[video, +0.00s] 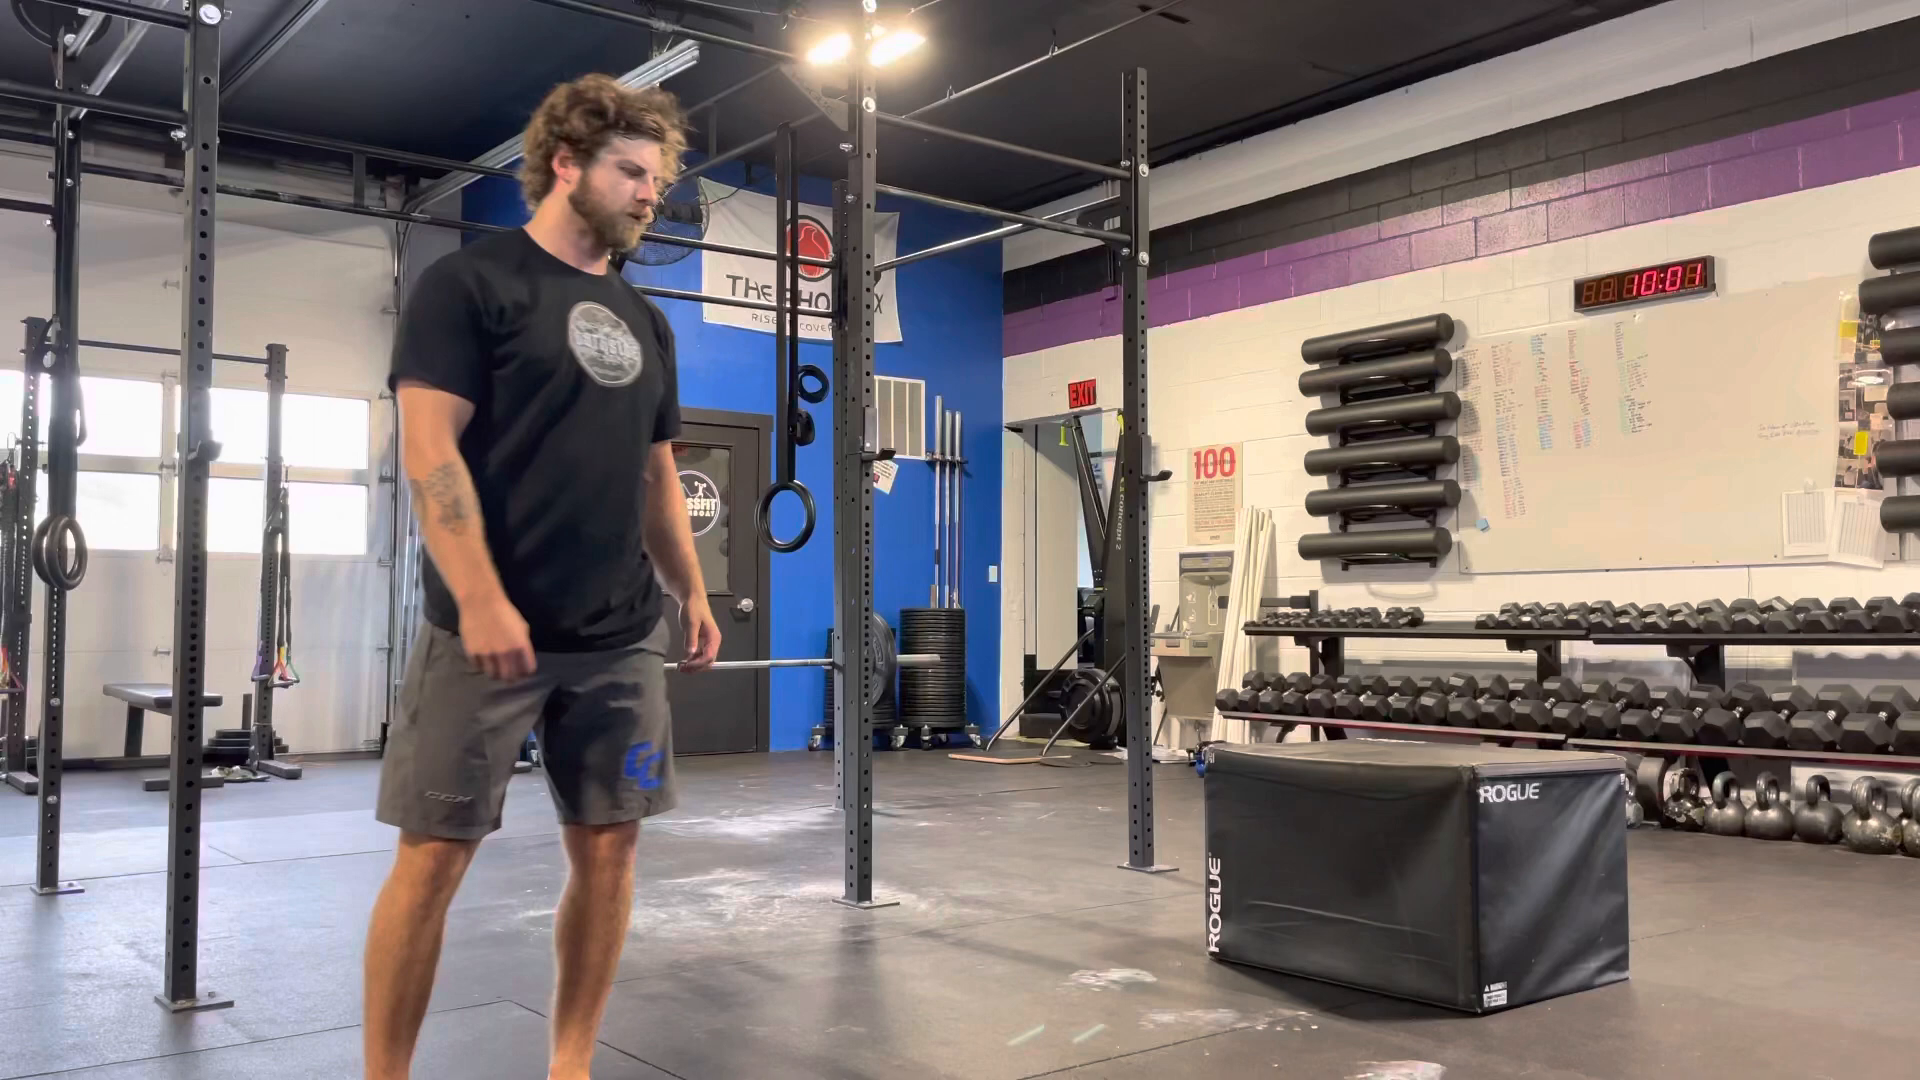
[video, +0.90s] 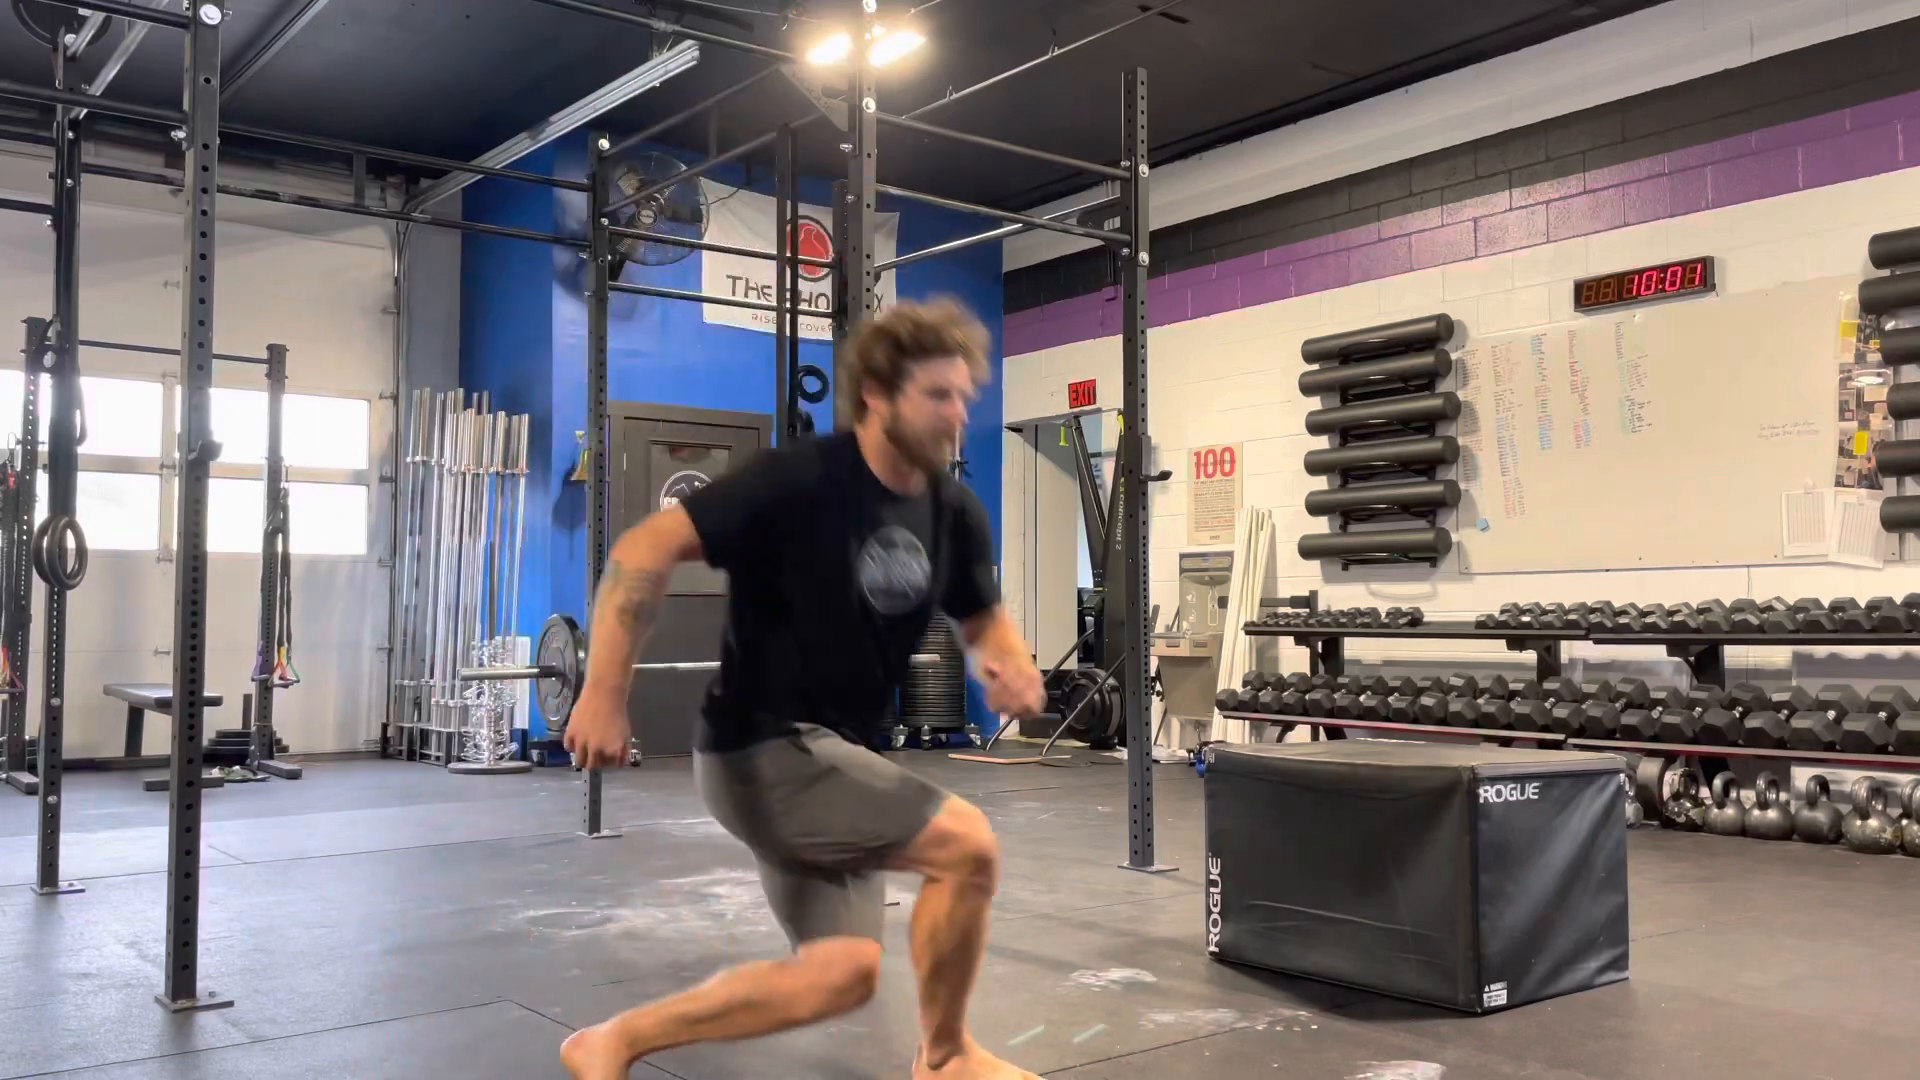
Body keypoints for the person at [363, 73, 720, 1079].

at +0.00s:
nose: (651, 193)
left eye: (660, 179)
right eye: (634, 171)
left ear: (660, 189)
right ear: (566, 165)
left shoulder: (641, 319)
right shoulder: (467, 279)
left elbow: (657, 467)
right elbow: (427, 451)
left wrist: (691, 590)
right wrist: (479, 598)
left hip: (617, 629)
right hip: (488, 625)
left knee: (609, 845)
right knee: (435, 854)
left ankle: (571, 1061)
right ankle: (385, 1071)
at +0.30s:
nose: (725, 215)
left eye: (734, 200)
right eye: (709, 192)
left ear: (733, 210)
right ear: (645, 186)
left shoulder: (708, 335)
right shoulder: (552, 294)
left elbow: (713, 484)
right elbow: (501, 454)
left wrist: (712, 609)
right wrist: (561, 587)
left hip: (676, 630)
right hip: (561, 619)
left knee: (642, 852)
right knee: (568, 829)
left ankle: (574, 1066)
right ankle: (469, 1060)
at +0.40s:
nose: (747, 218)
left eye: (757, 204)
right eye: (731, 197)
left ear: (756, 213)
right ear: (669, 192)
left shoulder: (730, 341)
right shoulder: (574, 299)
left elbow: (740, 492)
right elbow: (512, 450)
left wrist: (746, 623)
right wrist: (555, 589)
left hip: (698, 629)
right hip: (596, 613)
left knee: (665, 837)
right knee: (645, 815)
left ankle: (589, 1051)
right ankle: (577, 1051)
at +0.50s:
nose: (776, 226)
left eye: (783, 211)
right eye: (758, 205)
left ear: (779, 220)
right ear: (695, 202)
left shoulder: (756, 348)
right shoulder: (604, 306)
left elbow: (766, 495)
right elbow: (524, 450)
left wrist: (793, 620)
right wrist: (538, 595)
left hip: (723, 621)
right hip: (623, 605)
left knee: (661, 861)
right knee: (726, 798)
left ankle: (578, 1058)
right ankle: (706, 1043)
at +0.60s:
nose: (812, 243)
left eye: (818, 227)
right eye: (793, 222)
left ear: (816, 232)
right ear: (727, 219)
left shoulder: (789, 363)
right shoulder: (637, 318)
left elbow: (803, 505)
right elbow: (545, 450)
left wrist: (847, 608)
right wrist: (525, 604)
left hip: (738, 629)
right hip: (648, 619)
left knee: (697, 859)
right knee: (795, 796)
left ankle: (579, 1057)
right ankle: (818, 1024)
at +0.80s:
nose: (897, 333)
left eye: (904, 315)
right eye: (877, 311)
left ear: (908, 320)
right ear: (814, 313)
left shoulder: (884, 442)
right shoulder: (729, 414)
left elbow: (912, 569)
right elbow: (592, 516)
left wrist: (953, 619)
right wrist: (571, 661)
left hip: (807, 701)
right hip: (732, 697)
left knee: (799, 921)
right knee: (917, 841)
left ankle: (590, 1051)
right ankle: (937, 1053)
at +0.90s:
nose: (957, 415)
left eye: (964, 397)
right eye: (938, 394)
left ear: (970, 402)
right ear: (875, 398)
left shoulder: (952, 512)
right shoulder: (795, 478)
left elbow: (986, 623)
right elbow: (641, 550)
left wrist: (1014, 672)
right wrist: (603, 692)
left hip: (841, 757)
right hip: (764, 748)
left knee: (843, 972)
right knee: (966, 844)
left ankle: (612, 1043)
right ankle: (943, 1053)